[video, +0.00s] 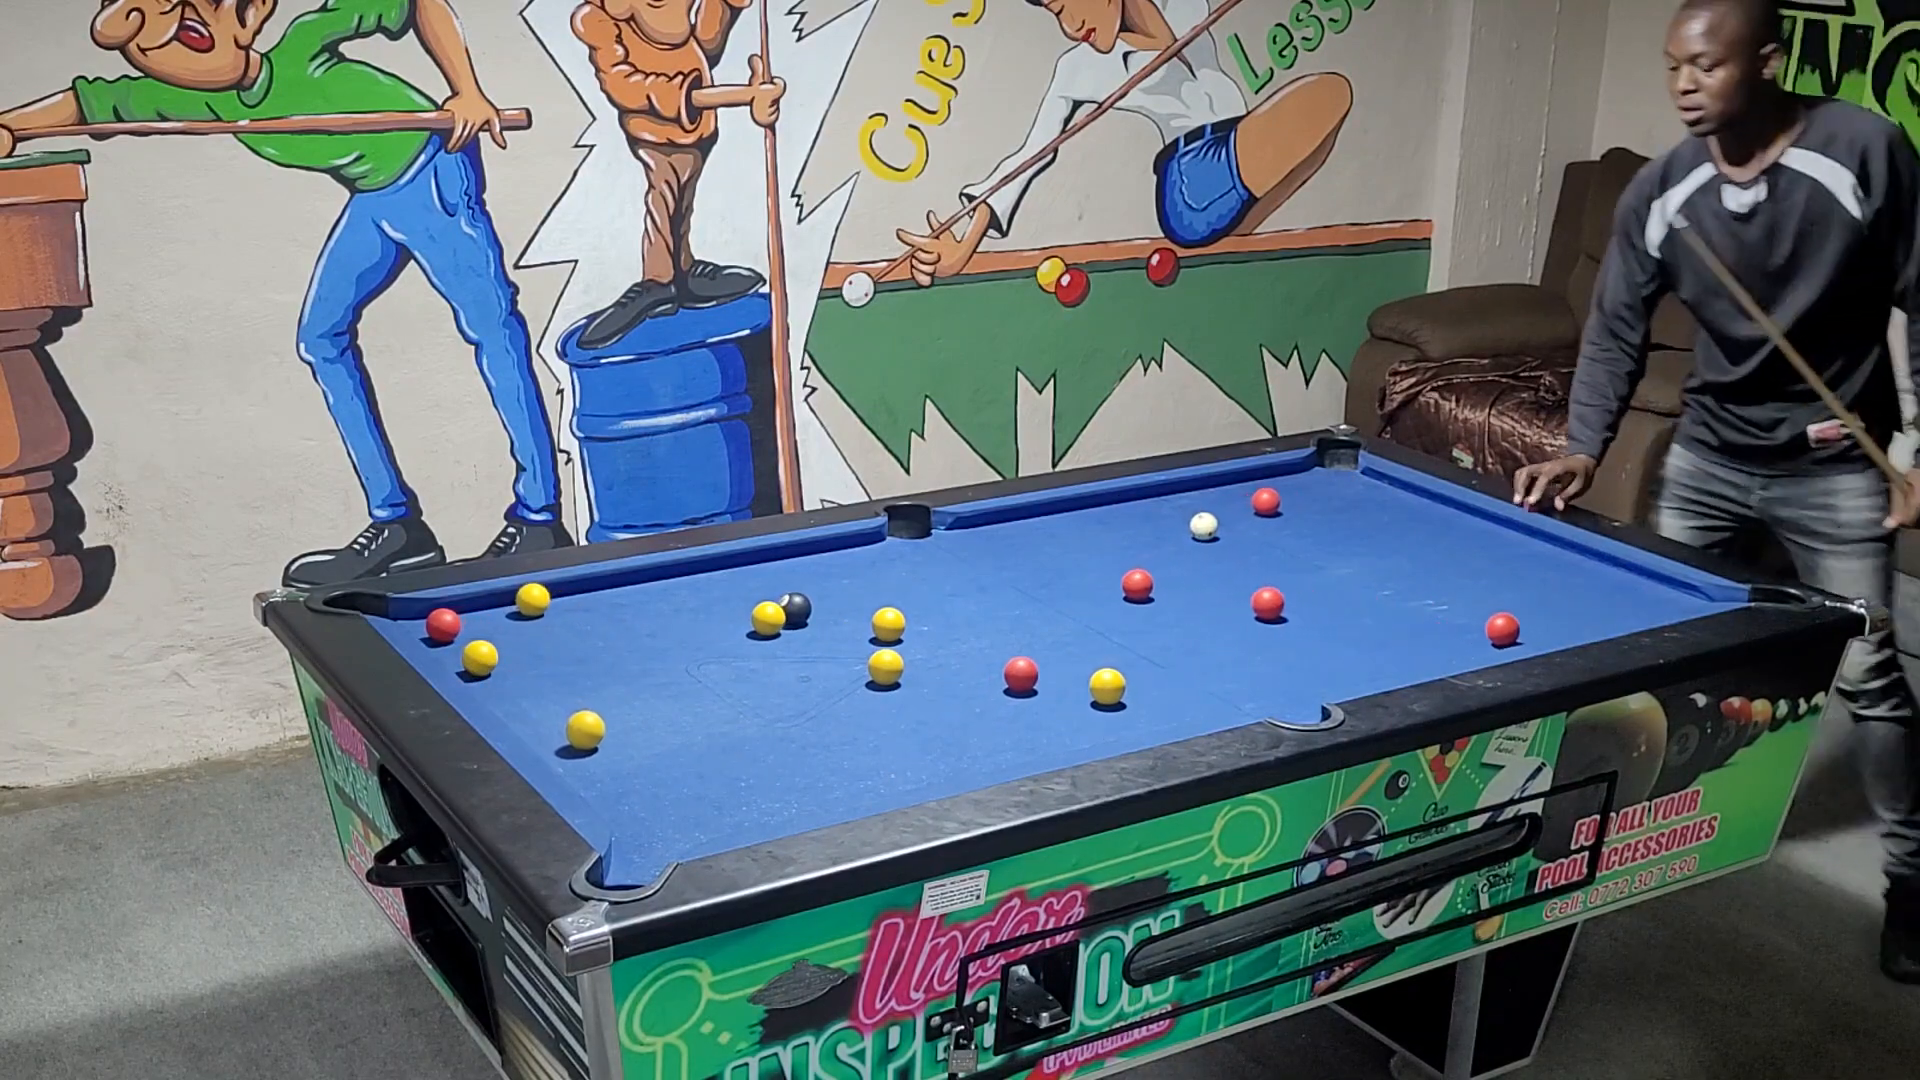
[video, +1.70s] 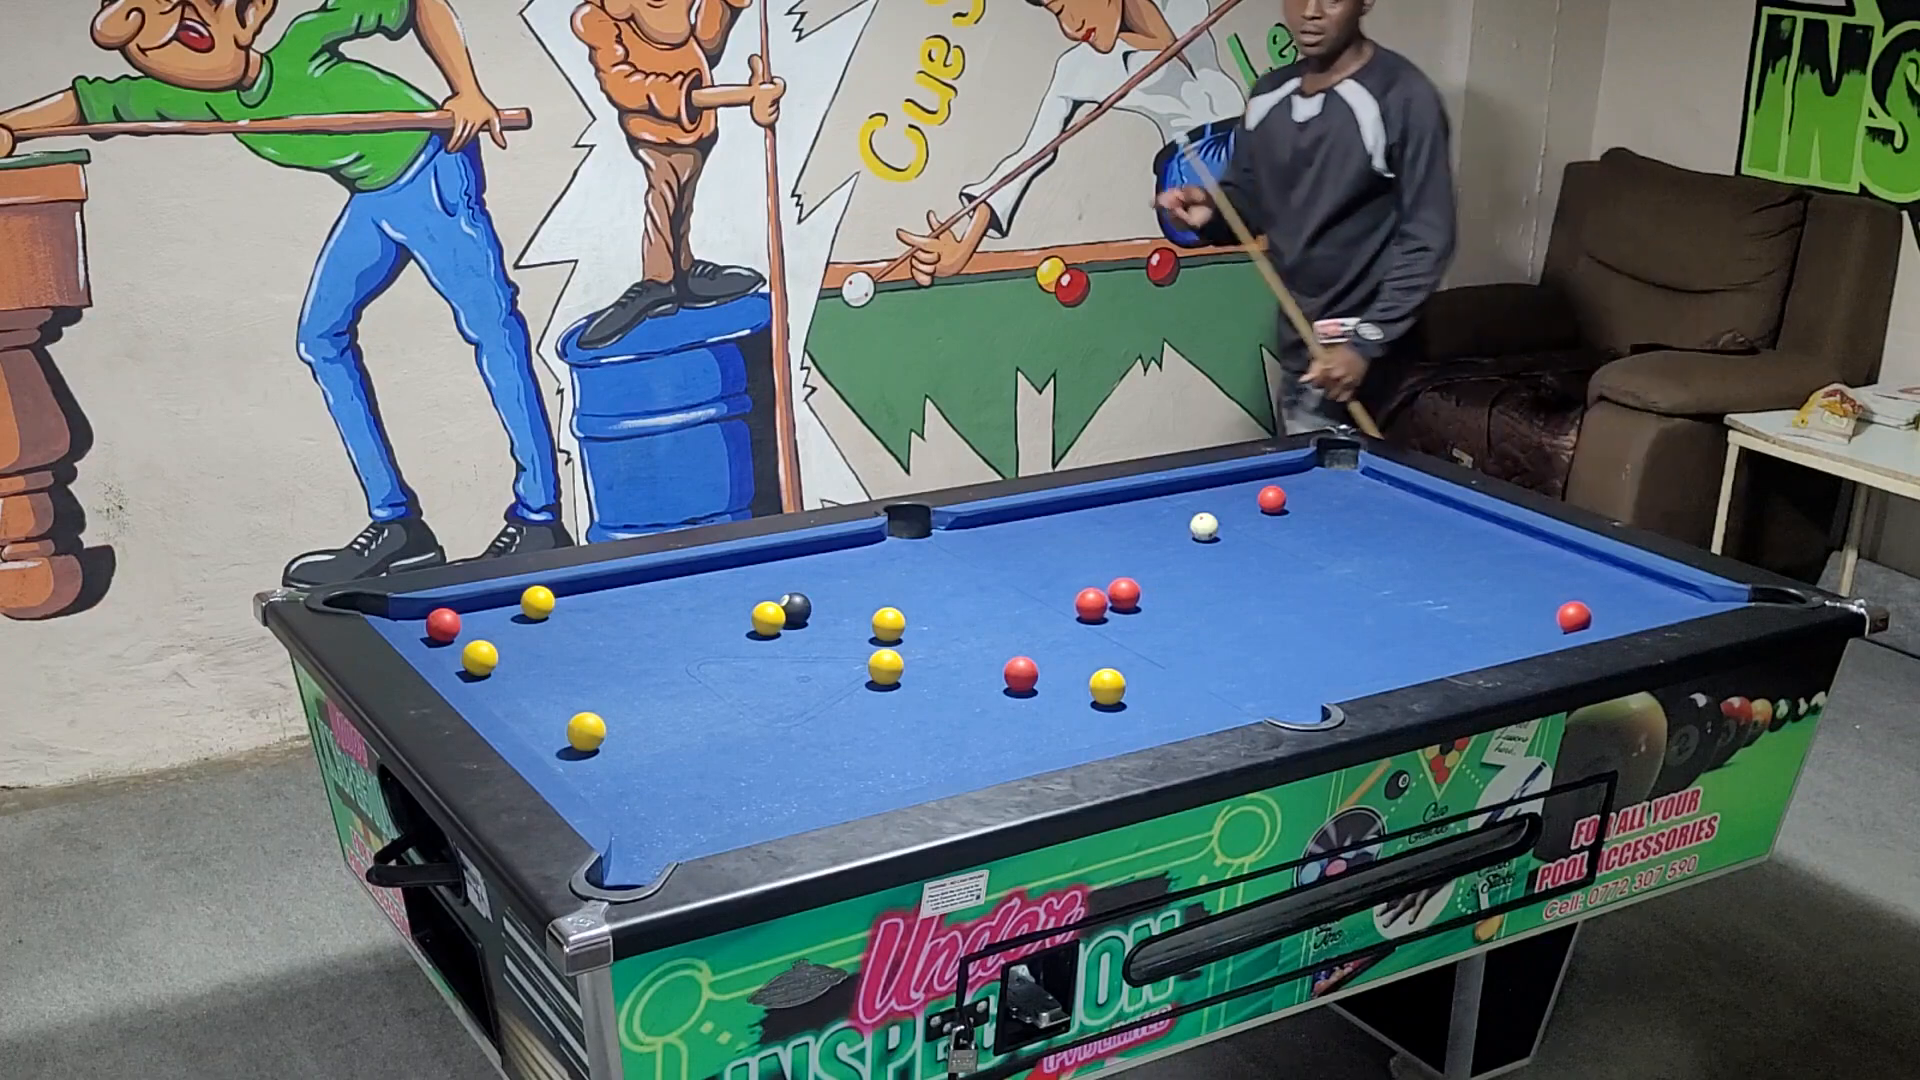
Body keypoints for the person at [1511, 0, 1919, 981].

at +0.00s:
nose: (1686, 84)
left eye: (1706, 64)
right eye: (1676, 66)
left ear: (1768, 63)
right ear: (1669, 72)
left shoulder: (1865, 152)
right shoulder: (1658, 191)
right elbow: (1613, 330)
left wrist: (1918, 448)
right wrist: (1581, 447)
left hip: (1841, 456)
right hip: (1708, 447)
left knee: (1870, 673)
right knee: (1666, 651)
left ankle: (1908, 876)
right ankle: (1672, 837)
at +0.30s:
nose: (1623, 56)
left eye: (1647, 35)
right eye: (1613, 36)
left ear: (1703, 34)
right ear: (1603, 35)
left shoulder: (1800, 124)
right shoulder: (1594, 170)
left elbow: (1848, 269)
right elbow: (1552, 302)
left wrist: (1837, 406)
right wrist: (1544, 414)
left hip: (1758, 428)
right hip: (1643, 424)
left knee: (1735, 621)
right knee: (1631, 615)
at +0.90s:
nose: (1607, 18)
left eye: (1630, 3)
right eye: (1599, 3)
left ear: (1679, 11)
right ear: (1589, 10)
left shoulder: (1741, 115)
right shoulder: (1551, 111)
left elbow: (1763, 255)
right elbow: (1515, 223)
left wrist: (1729, 373)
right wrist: (1537, 313)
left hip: (1663, 392)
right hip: (1552, 379)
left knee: (1626, 574)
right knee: (1506, 548)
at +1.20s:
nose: (1503, 14)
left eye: (1525, 1)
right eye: (1498, 2)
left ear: (1572, 9)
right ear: (1489, 10)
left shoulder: (1637, 111)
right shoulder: (1468, 103)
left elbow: (1670, 254)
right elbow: (1445, 212)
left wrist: (1651, 371)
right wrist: (1443, 283)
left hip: (1571, 387)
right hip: (1464, 374)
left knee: (1572, 555)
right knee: (1404, 513)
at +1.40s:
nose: (1396, 18)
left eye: (1417, 6)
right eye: (1394, 5)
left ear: (1465, 13)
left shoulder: (1524, 109)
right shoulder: (1383, 105)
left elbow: (1576, 241)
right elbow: (1373, 217)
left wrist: (1538, 352)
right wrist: (1342, 276)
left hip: (1477, 384)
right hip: (1383, 368)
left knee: (1495, 554)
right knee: (1346, 533)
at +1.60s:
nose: (1343, 12)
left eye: (1363, 0)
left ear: (1399, 6)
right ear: (1320, 6)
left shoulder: (1443, 93)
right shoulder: (1308, 92)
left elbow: (1476, 231)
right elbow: (1289, 205)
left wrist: (1418, 341)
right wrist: (1247, 233)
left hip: (1393, 350)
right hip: (1326, 343)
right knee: (1321, 495)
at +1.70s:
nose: (1311, 11)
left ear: (1362, 6)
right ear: (1284, 6)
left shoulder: (1404, 95)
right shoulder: (1267, 94)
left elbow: (1429, 237)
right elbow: (1247, 206)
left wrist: (1365, 344)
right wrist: (1207, 212)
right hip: (1297, 343)